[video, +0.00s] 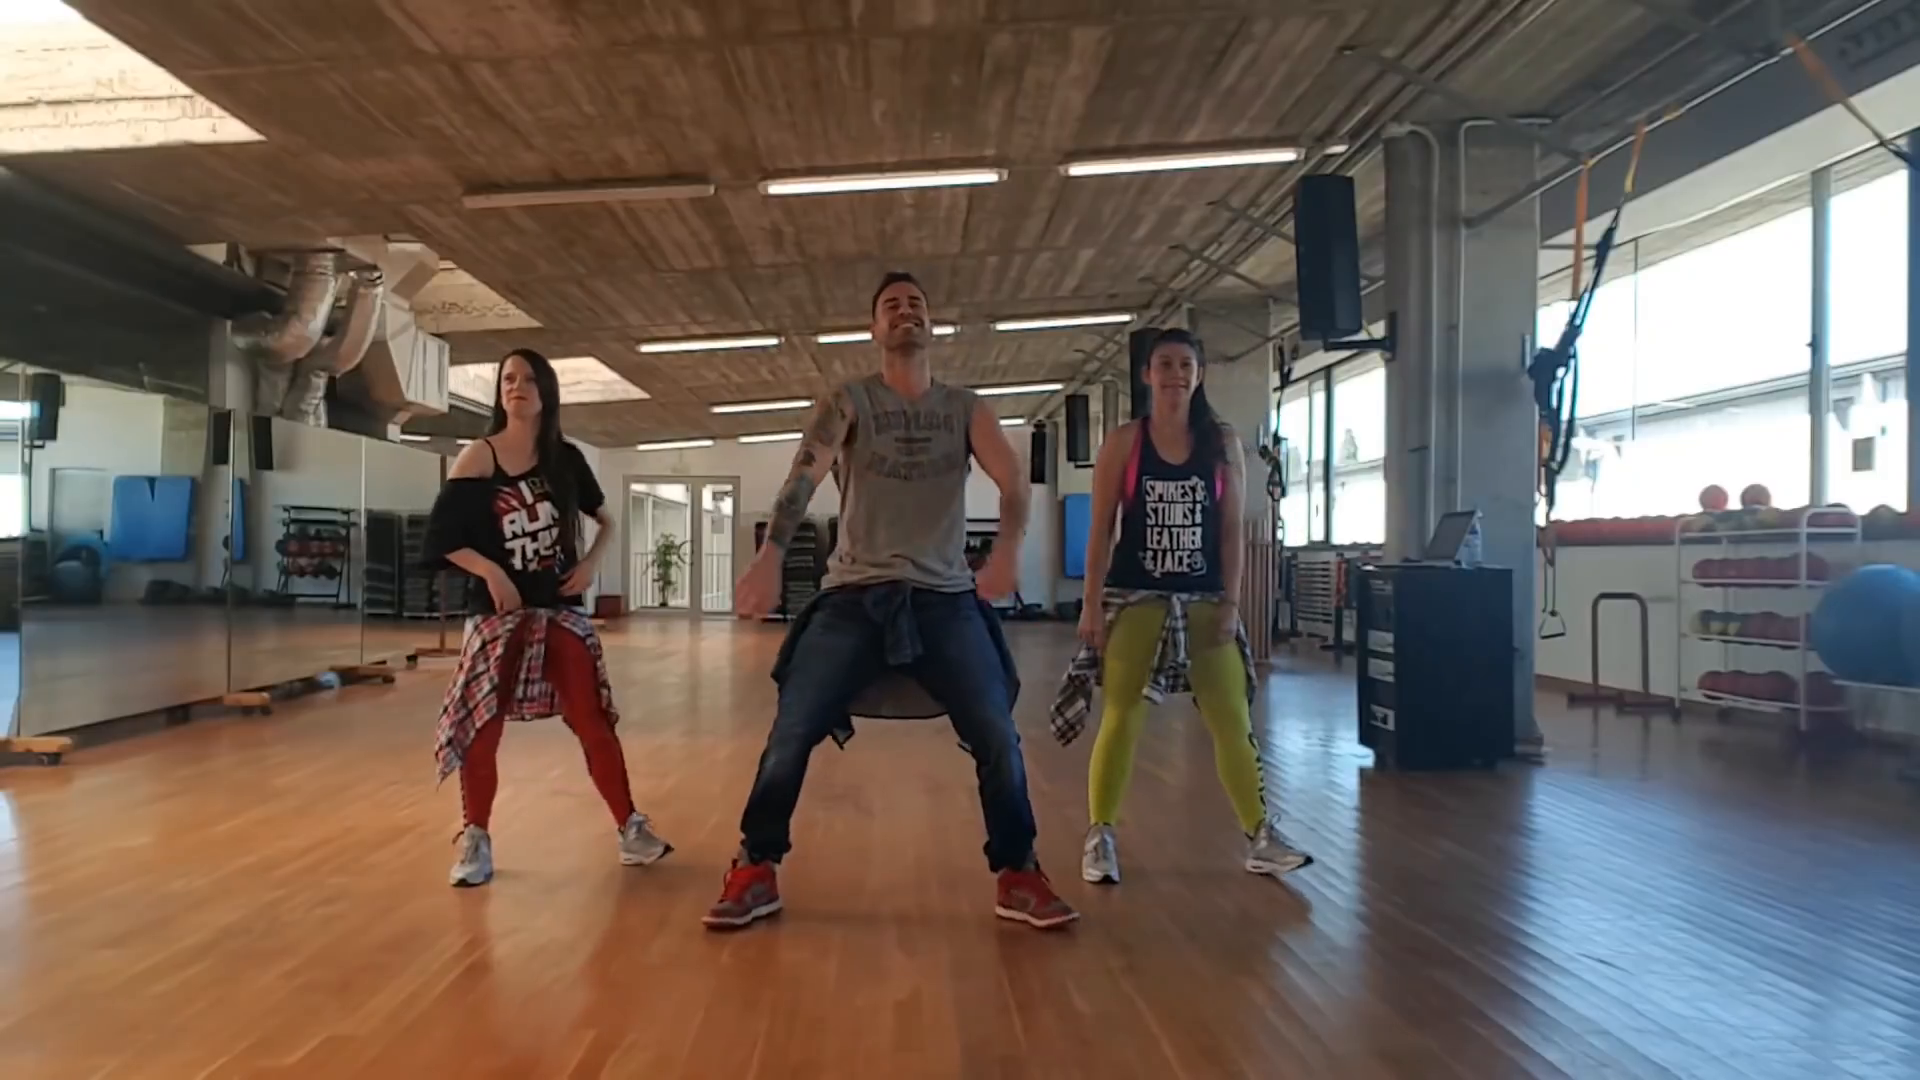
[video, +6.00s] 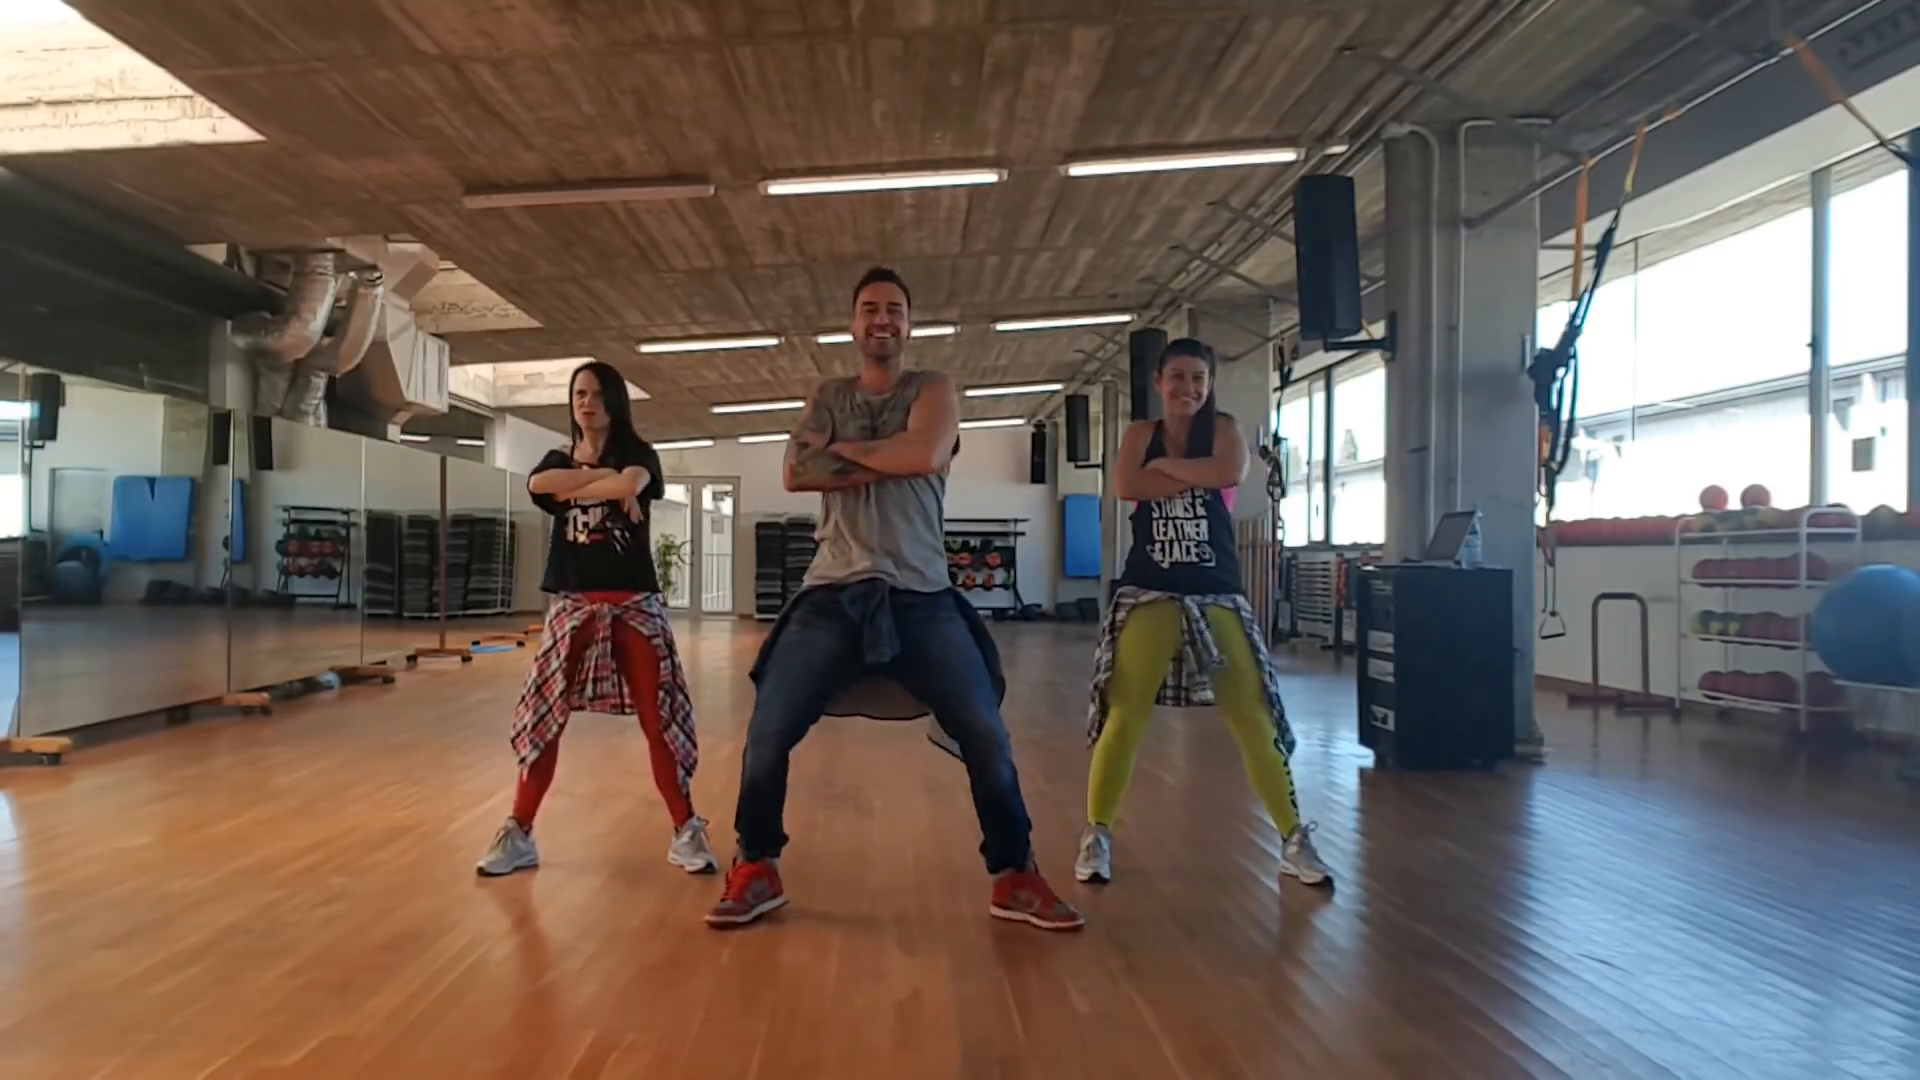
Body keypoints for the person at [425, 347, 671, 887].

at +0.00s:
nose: (518, 388)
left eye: (528, 380)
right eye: (510, 380)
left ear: (548, 390)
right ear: (499, 393)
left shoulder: (566, 458)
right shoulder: (477, 457)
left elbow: (605, 521)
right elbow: (445, 540)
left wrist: (590, 563)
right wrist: (492, 572)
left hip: (561, 607)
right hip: (499, 610)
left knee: (588, 715)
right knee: (481, 726)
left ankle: (630, 827)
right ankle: (475, 839)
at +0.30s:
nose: (568, 391)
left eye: (579, 384)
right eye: (560, 384)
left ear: (598, 393)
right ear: (551, 395)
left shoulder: (621, 451)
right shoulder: (533, 460)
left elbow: (682, 509)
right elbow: (502, 535)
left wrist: (639, 558)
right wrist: (530, 569)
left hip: (621, 602)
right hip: (560, 604)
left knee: (643, 719)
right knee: (521, 717)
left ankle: (643, 834)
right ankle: (484, 834)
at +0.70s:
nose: (589, 398)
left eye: (600, 390)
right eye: (582, 389)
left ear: (619, 398)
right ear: (571, 396)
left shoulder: (635, 451)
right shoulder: (552, 447)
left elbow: (672, 521)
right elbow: (513, 517)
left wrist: (622, 548)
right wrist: (545, 525)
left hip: (618, 601)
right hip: (558, 601)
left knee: (638, 716)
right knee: (536, 713)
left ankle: (661, 827)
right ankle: (515, 832)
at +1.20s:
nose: (591, 401)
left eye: (601, 394)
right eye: (584, 394)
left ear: (619, 401)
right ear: (574, 400)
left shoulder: (632, 442)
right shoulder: (557, 446)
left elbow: (615, 478)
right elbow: (536, 479)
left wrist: (559, 496)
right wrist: (605, 473)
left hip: (626, 595)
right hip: (567, 599)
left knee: (653, 717)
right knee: (539, 712)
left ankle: (672, 833)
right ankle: (516, 833)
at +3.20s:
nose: (578, 407)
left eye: (587, 398)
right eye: (570, 398)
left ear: (606, 405)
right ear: (560, 406)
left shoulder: (625, 449)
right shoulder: (549, 464)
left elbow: (609, 492)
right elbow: (527, 506)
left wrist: (555, 498)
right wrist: (599, 491)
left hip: (619, 599)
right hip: (559, 604)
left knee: (645, 717)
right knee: (540, 715)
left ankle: (675, 831)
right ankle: (516, 832)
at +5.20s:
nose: (582, 404)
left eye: (591, 396)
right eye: (575, 396)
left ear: (610, 404)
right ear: (565, 405)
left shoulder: (634, 455)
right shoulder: (555, 468)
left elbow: (621, 487)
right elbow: (533, 500)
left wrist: (564, 497)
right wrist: (604, 483)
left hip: (630, 600)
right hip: (570, 604)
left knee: (654, 718)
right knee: (547, 715)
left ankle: (686, 830)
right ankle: (519, 834)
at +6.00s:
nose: (588, 402)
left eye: (597, 395)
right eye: (580, 394)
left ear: (615, 402)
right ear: (571, 403)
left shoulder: (639, 454)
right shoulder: (559, 455)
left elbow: (627, 486)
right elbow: (538, 485)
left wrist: (568, 486)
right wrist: (609, 478)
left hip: (634, 599)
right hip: (572, 600)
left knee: (657, 718)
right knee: (547, 713)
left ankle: (687, 830)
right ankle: (519, 833)